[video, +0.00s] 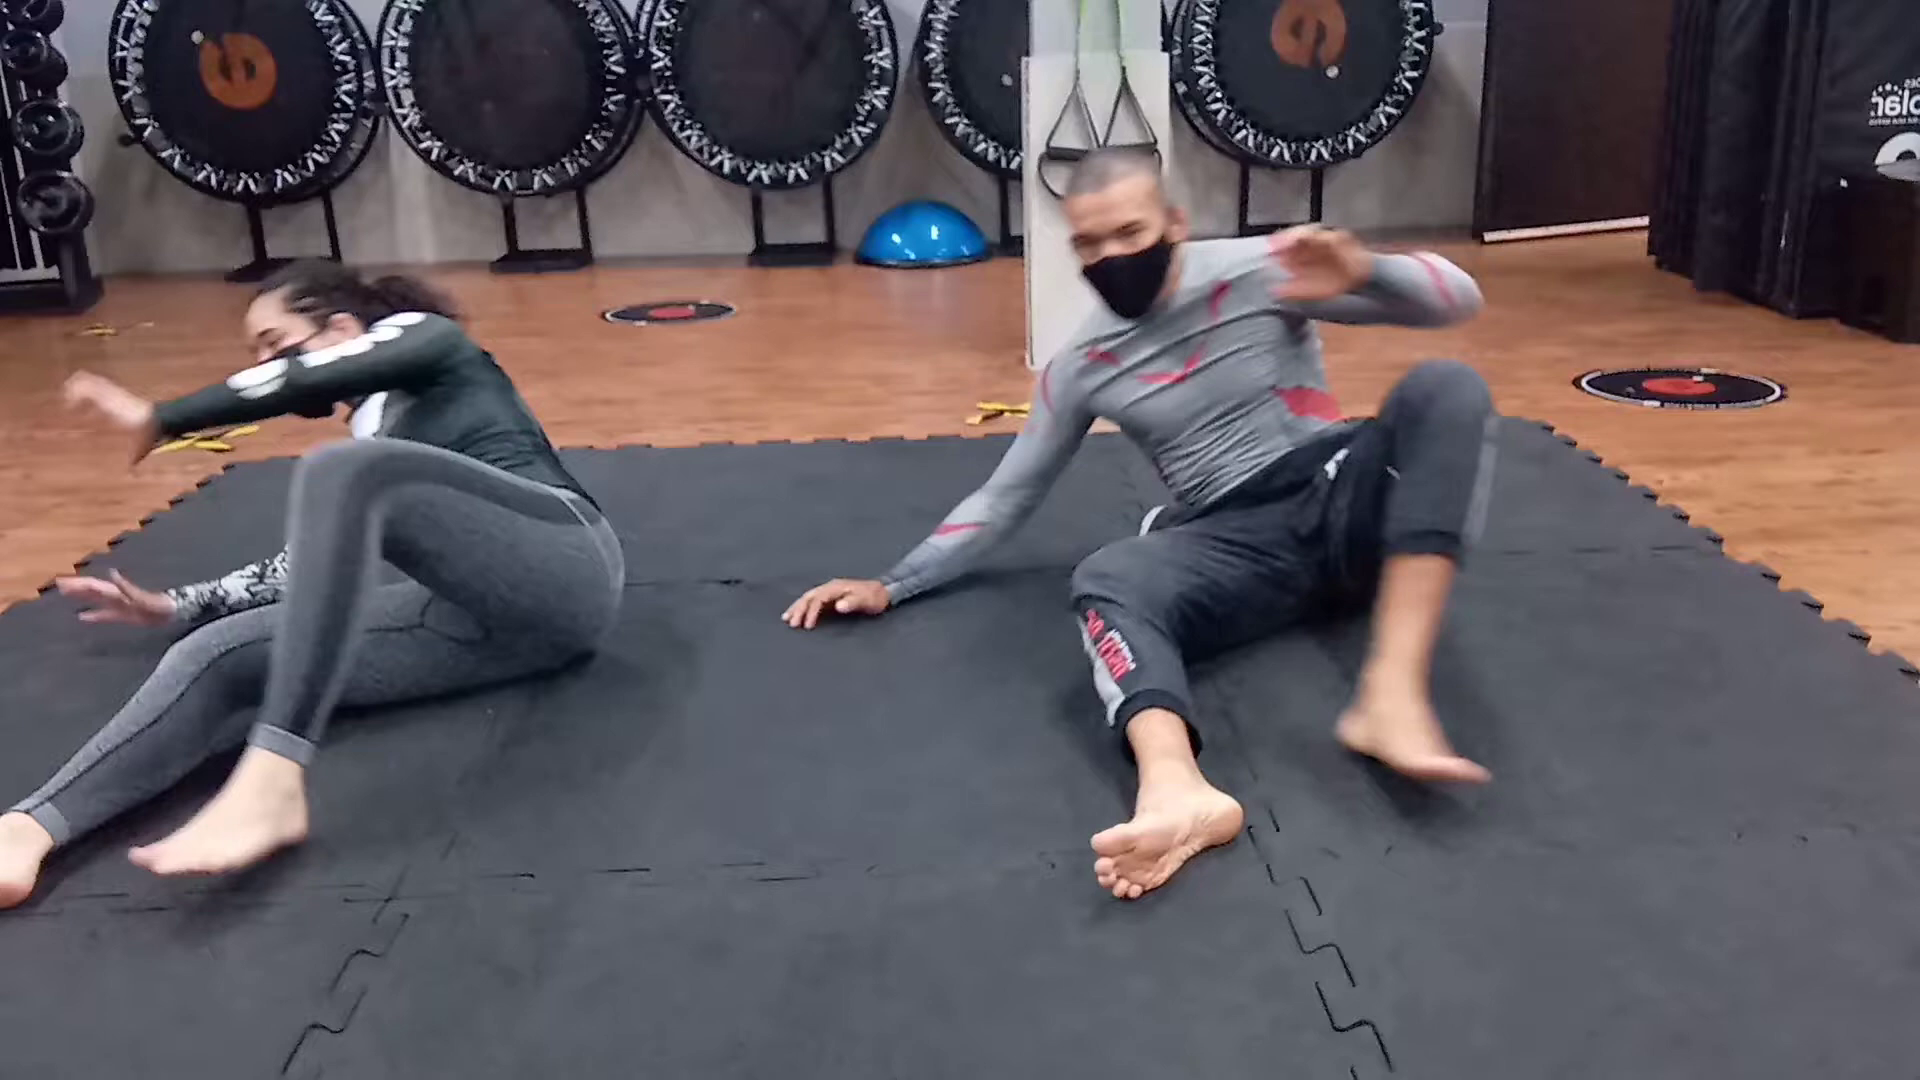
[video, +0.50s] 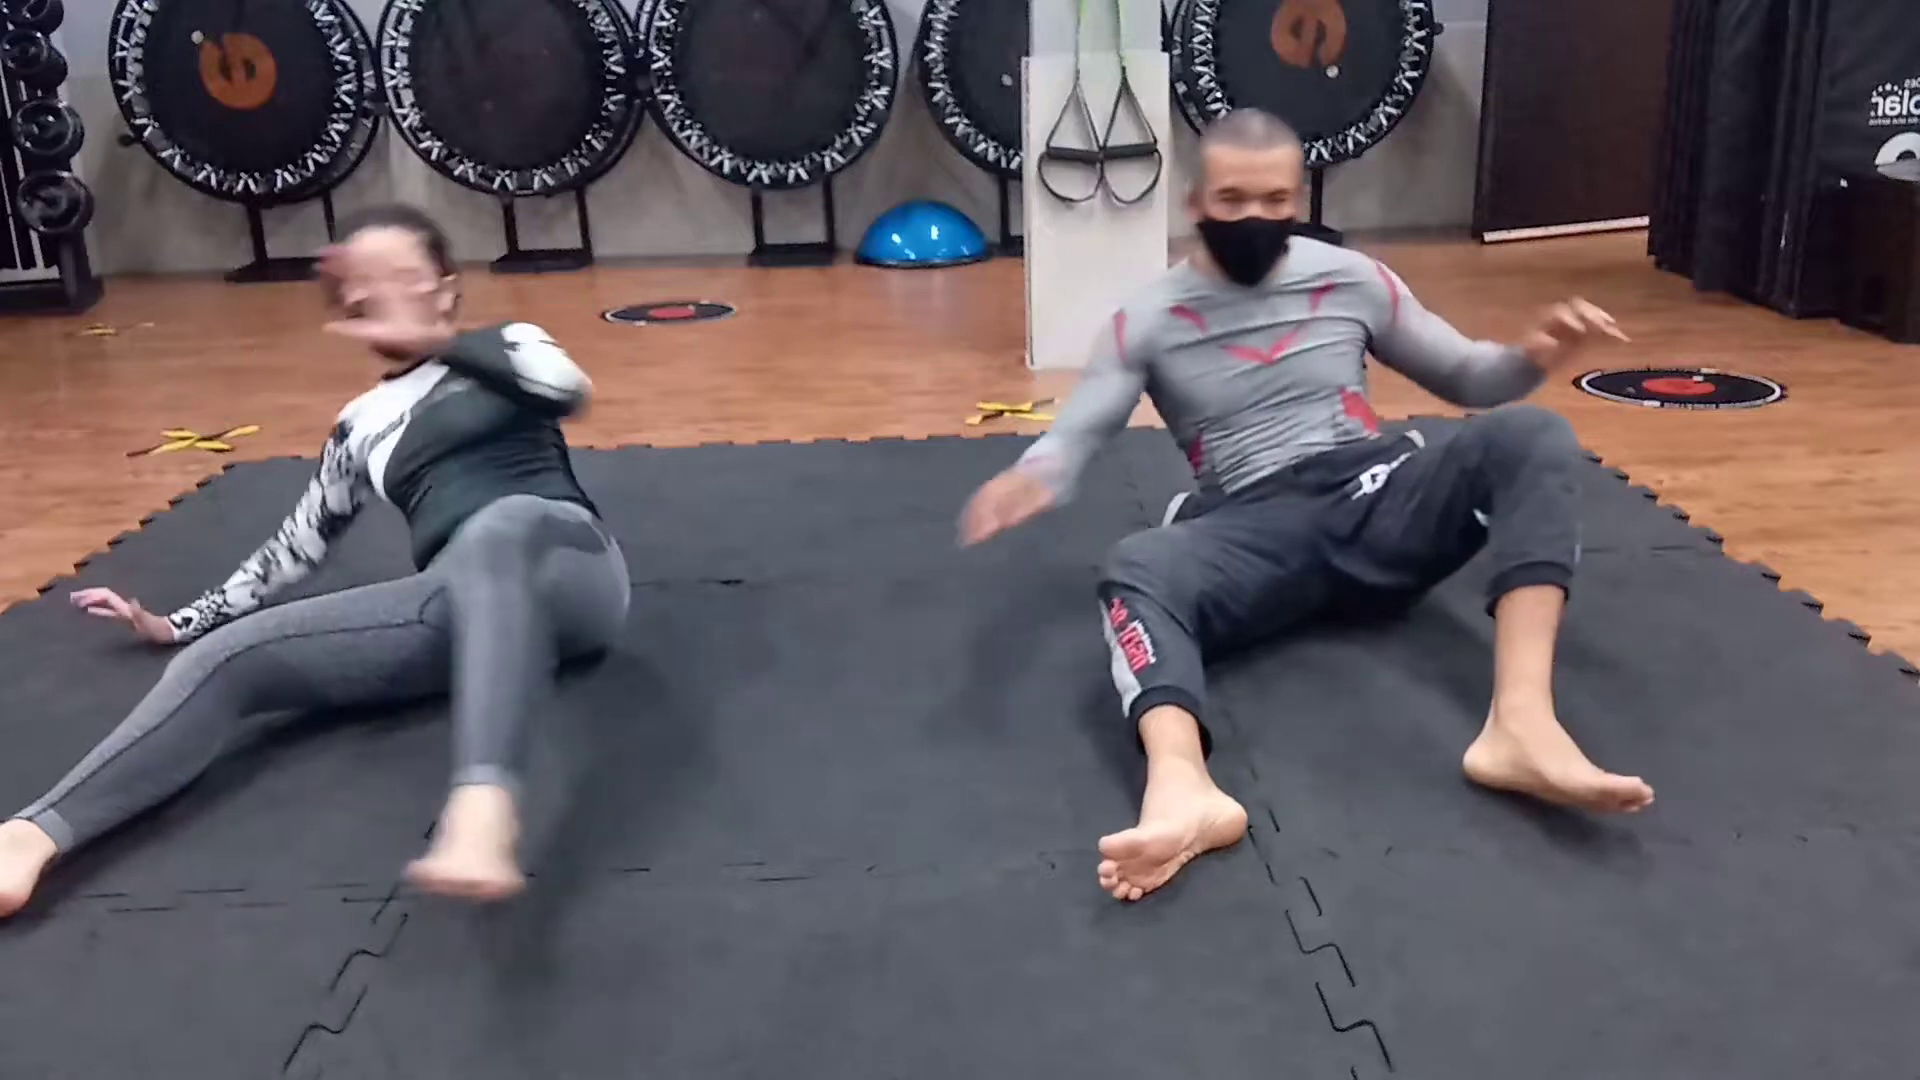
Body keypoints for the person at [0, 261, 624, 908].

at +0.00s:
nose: (278, 366)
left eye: (289, 343)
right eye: (268, 355)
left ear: (351, 321)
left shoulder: (436, 339)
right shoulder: (367, 441)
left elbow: (311, 381)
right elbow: (314, 563)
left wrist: (160, 418)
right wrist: (179, 606)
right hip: (483, 631)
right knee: (221, 654)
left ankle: (273, 782)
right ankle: (29, 832)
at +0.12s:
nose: (280, 363)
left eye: (292, 340)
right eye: (270, 353)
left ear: (357, 318)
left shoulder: (443, 340)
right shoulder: (368, 443)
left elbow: (330, 377)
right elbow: (295, 574)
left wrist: (178, 406)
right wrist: (176, 613)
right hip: (487, 631)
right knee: (223, 653)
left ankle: (283, 789)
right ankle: (28, 833)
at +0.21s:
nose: (299, 357)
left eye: (313, 334)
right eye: (287, 347)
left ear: (376, 315)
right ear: (284, 352)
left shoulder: (456, 343)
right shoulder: (355, 465)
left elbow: (356, 375)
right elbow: (297, 574)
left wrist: (216, 386)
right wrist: (173, 619)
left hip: (575, 573)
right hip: (478, 635)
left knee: (387, 496)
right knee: (225, 652)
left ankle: (301, 803)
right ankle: (30, 832)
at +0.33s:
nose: (327, 334)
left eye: (344, 313)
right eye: (317, 324)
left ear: (407, 313)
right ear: (317, 339)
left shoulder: (479, 342)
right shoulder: (360, 456)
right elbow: (298, 576)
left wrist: (292, 357)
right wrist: (175, 622)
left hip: (574, 573)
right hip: (459, 627)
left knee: (428, 525)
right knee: (226, 648)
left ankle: (360, 815)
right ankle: (29, 832)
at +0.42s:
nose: (349, 316)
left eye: (367, 294)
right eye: (335, 304)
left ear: (429, 302)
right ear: (320, 319)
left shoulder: (496, 343)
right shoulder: (360, 442)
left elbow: (505, 375)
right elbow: (303, 572)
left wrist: (354, 341)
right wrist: (174, 625)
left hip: (573, 573)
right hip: (458, 605)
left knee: (463, 530)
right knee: (230, 648)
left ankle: (420, 815)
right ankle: (30, 833)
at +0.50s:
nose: (387, 309)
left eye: (405, 286)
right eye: (363, 297)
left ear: (445, 289)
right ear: (342, 310)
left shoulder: (505, 347)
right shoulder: (364, 422)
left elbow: (567, 391)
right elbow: (295, 547)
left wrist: (437, 342)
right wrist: (178, 626)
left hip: (570, 573)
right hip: (444, 595)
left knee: (499, 529)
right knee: (232, 654)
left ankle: (483, 807)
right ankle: (33, 836)